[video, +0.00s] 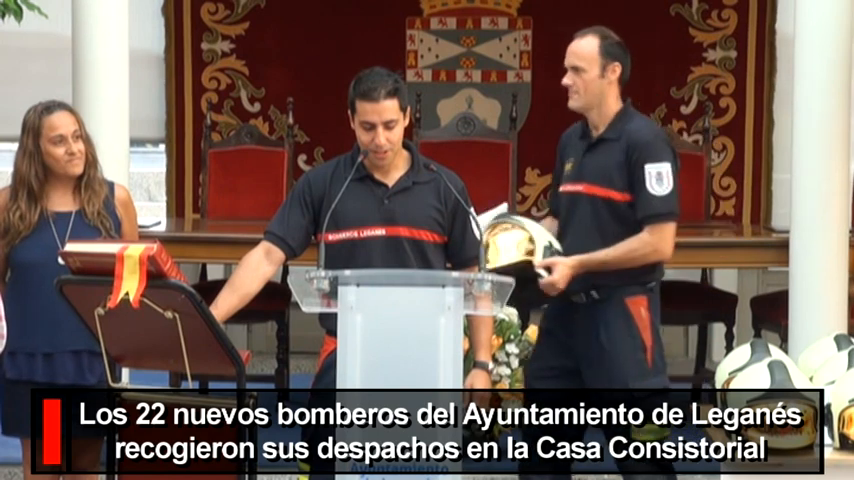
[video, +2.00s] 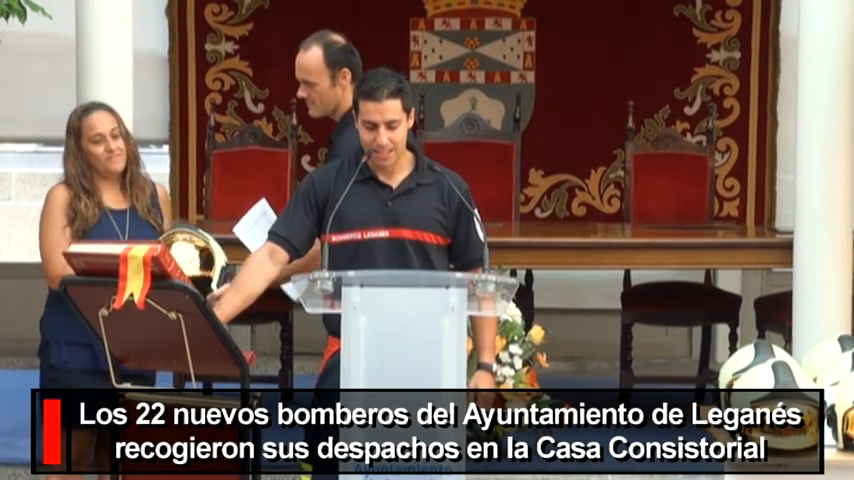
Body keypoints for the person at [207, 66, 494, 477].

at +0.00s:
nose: (379, 139)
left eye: (389, 126)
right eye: (368, 127)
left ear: (407, 118)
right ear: (352, 122)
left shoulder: (445, 188)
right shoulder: (322, 184)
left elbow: (474, 280)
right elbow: (267, 255)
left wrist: (482, 364)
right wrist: (208, 322)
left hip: (427, 350)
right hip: (348, 350)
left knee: (430, 469)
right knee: (329, 464)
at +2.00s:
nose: (381, 139)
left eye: (392, 126)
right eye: (370, 127)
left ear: (411, 120)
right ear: (355, 122)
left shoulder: (449, 190)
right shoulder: (327, 184)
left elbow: (479, 282)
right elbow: (272, 256)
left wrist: (486, 366)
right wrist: (210, 323)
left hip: (430, 356)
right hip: (351, 354)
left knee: (431, 471)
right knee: (332, 466)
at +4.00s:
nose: (384, 140)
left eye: (394, 127)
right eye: (373, 128)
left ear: (413, 121)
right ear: (357, 124)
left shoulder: (452, 191)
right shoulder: (329, 186)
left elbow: (482, 283)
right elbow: (273, 257)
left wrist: (489, 366)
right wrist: (214, 326)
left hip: (433, 354)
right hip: (354, 353)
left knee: (433, 466)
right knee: (332, 462)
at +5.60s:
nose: (390, 122)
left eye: (403, 111)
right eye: (384, 111)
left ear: (434, 117)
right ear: (377, 117)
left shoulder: (474, 192)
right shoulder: (354, 186)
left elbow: (505, 284)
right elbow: (300, 252)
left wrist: (501, 371)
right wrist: (246, 299)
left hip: (441, 356)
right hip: (362, 354)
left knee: (436, 468)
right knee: (330, 465)